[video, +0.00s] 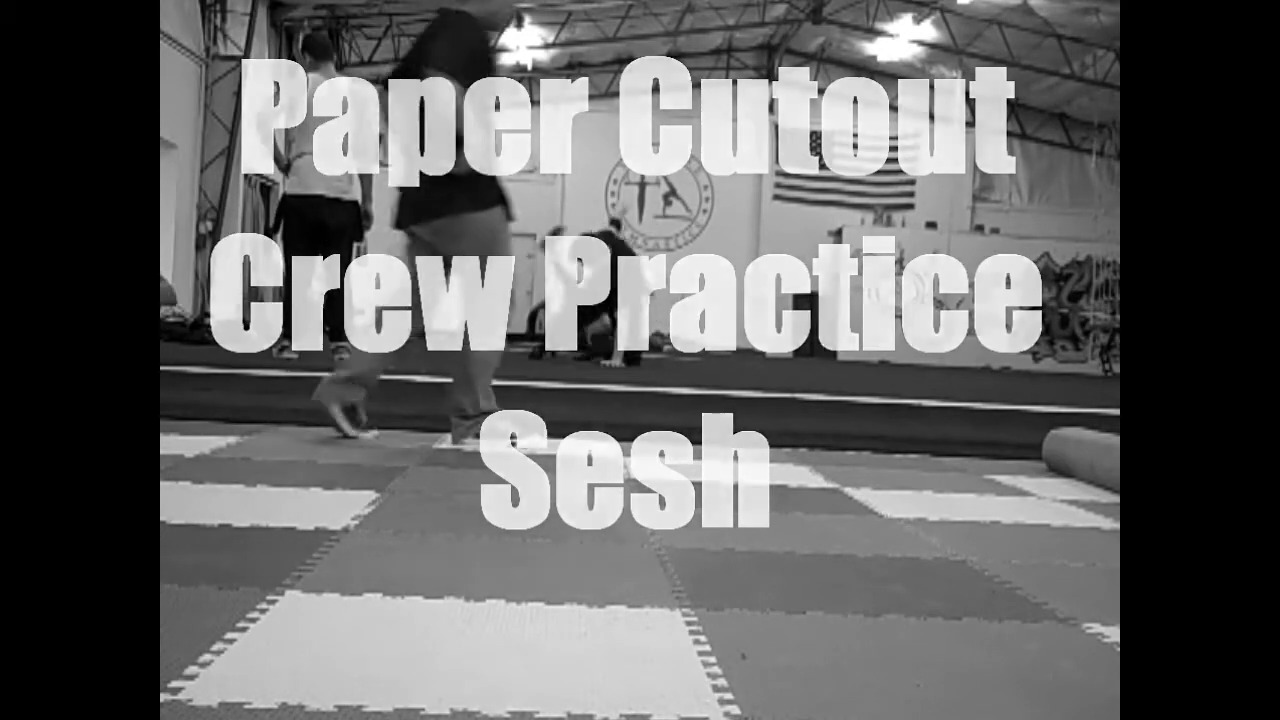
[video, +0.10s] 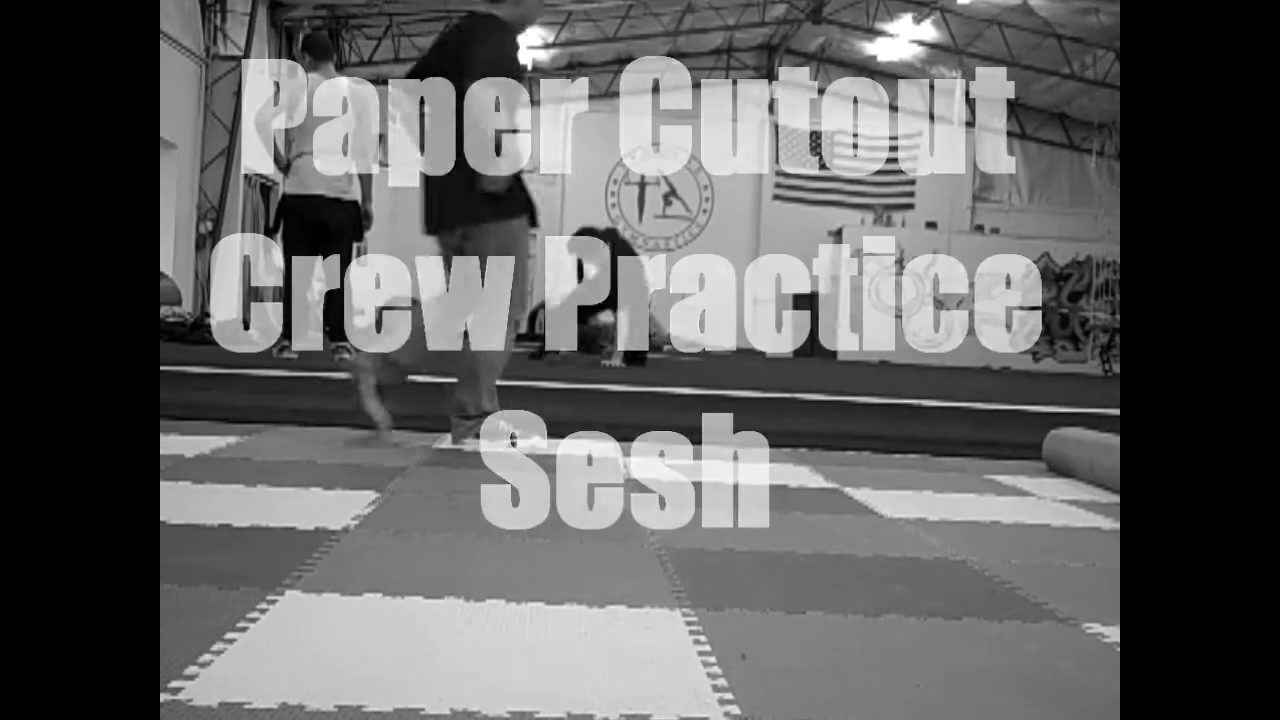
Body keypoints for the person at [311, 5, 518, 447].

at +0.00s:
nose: (511, 21)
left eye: (513, 17)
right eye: (508, 14)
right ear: (489, 9)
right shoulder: (467, 39)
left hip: (422, 200)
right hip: (468, 199)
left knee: (405, 308)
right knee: (484, 310)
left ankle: (345, 384)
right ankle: (474, 420)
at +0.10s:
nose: (540, 17)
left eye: (542, 10)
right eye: (539, 8)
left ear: (497, 2)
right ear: (520, 4)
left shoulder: (458, 34)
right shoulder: (495, 36)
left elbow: (409, 87)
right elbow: (493, 106)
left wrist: (434, 151)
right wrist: (496, 166)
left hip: (449, 203)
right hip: (494, 205)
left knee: (457, 305)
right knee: (501, 311)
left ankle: (379, 367)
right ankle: (475, 418)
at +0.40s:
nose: (591, 19)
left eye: (592, 13)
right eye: (591, 11)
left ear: (546, 5)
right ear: (578, 5)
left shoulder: (515, 40)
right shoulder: (564, 37)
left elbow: (460, 95)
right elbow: (539, 86)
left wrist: (486, 155)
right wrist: (545, 162)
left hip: (507, 185)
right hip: (537, 187)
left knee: (544, 310)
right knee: (523, 311)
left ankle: (535, 406)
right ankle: (474, 413)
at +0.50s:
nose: (621, 27)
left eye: (622, 16)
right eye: (619, 15)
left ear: (579, 8)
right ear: (597, 9)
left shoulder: (545, 47)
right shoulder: (574, 43)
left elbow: (488, 105)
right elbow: (539, 88)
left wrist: (517, 159)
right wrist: (549, 164)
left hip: (534, 194)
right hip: (550, 196)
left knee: (569, 316)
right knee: (538, 313)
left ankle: (563, 416)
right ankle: (477, 413)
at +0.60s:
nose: (639, 37)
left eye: (642, 29)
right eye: (636, 27)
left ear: (609, 19)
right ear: (609, 17)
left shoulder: (591, 58)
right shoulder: (581, 47)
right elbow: (533, 88)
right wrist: (549, 158)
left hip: (577, 208)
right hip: (560, 206)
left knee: (590, 319)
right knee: (578, 318)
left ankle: (565, 417)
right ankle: (490, 403)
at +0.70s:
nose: (653, 43)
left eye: (658, 34)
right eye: (650, 30)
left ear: (624, 25)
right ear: (621, 20)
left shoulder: (609, 63)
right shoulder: (590, 47)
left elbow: (587, 134)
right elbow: (527, 78)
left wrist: (607, 199)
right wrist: (551, 141)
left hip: (588, 202)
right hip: (574, 200)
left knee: (591, 303)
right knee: (619, 298)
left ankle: (571, 406)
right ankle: (531, 385)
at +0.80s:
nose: (667, 38)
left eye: (673, 30)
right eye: (662, 25)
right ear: (634, 13)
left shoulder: (636, 67)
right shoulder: (596, 42)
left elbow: (625, 131)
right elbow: (525, 72)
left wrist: (630, 171)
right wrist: (559, 131)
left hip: (607, 200)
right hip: (585, 198)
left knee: (590, 306)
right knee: (634, 292)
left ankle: (559, 418)